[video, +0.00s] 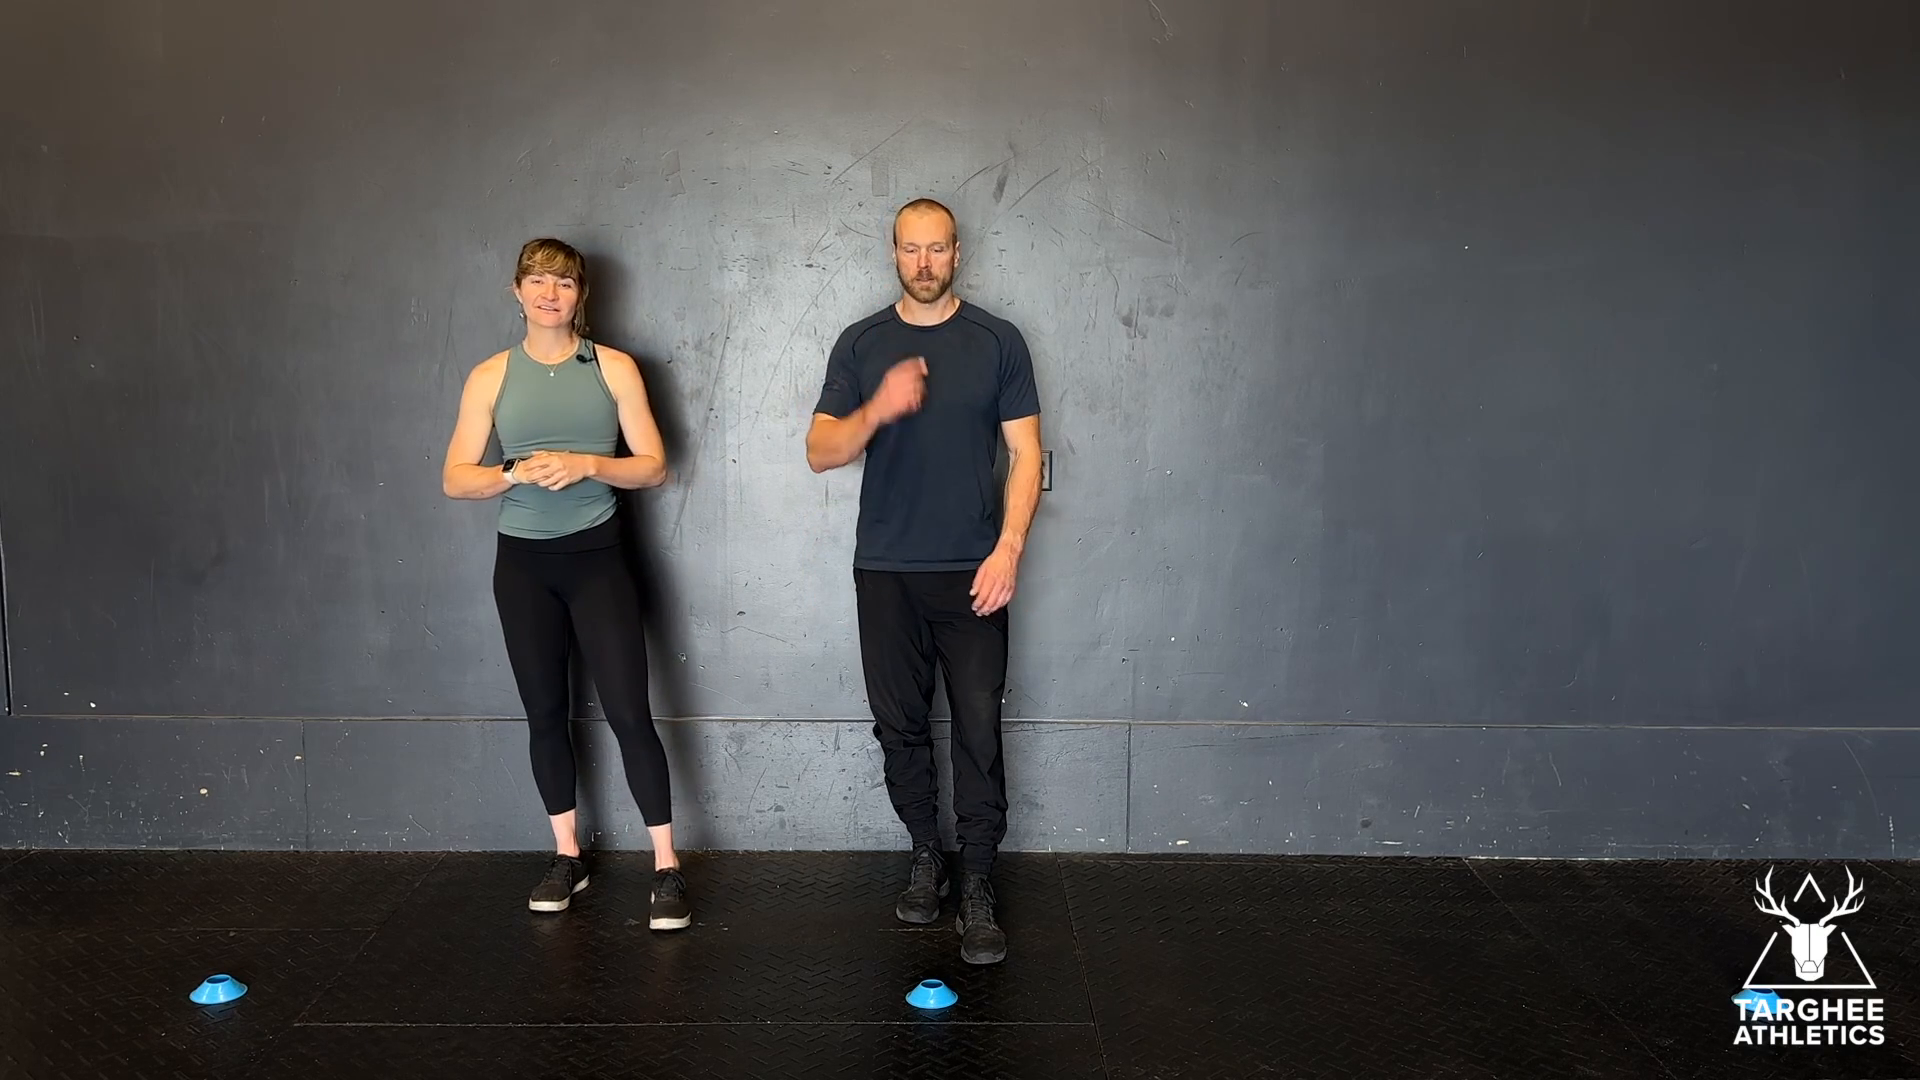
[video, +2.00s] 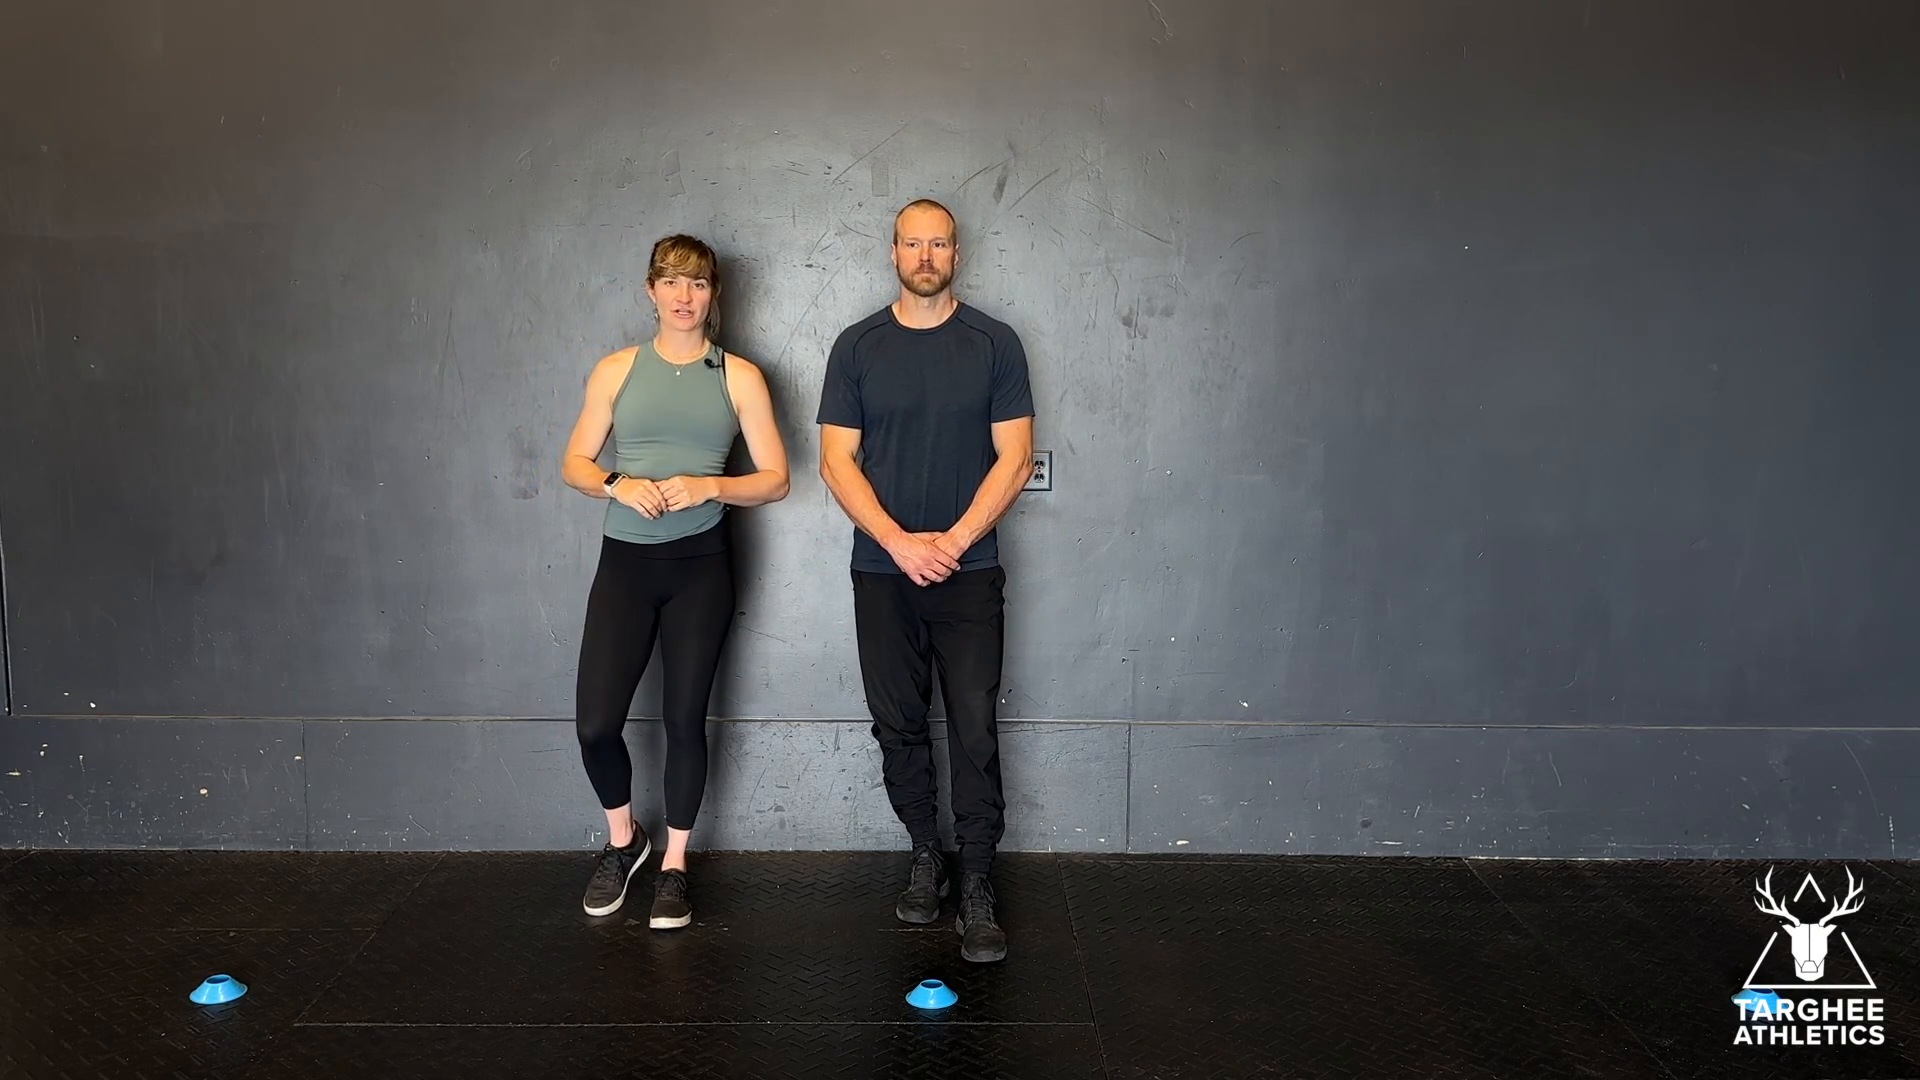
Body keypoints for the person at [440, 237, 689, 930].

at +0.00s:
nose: (549, 289)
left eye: (561, 279)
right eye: (536, 279)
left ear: (580, 293)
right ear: (518, 291)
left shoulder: (615, 368)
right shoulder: (490, 376)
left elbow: (653, 468)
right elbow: (455, 478)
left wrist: (585, 465)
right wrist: (514, 473)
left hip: (599, 557)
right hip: (523, 563)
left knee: (629, 711)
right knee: (545, 712)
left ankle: (665, 866)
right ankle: (568, 858)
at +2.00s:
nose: (684, 294)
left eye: (697, 282)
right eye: (672, 281)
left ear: (711, 293)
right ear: (652, 290)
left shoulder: (739, 377)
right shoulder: (615, 371)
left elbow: (774, 478)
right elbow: (575, 464)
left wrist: (712, 486)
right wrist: (619, 485)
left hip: (701, 564)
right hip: (625, 562)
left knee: (685, 717)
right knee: (595, 723)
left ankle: (675, 866)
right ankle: (623, 838)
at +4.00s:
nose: (672, 321)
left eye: (684, 308)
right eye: (660, 308)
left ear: (702, 304)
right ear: (641, 303)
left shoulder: (734, 375)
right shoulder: (609, 372)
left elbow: (746, 473)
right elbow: (587, 470)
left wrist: (773, 551)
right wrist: (593, 539)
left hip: (704, 563)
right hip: (626, 564)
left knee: (686, 717)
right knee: (605, 722)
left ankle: (675, 867)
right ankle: (635, 846)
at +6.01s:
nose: (667, 314)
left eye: (676, 299)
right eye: (652, 303)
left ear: (691, 299)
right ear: (631, 307)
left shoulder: (726, 375)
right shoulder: (607, 375)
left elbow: (751, 475)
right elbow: (559, 470)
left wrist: (778, 559)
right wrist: (504, 549)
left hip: (700, 561)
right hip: (624, 561)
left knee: (683, 715)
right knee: (596, 716)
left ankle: (674, 868)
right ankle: (634, 848)